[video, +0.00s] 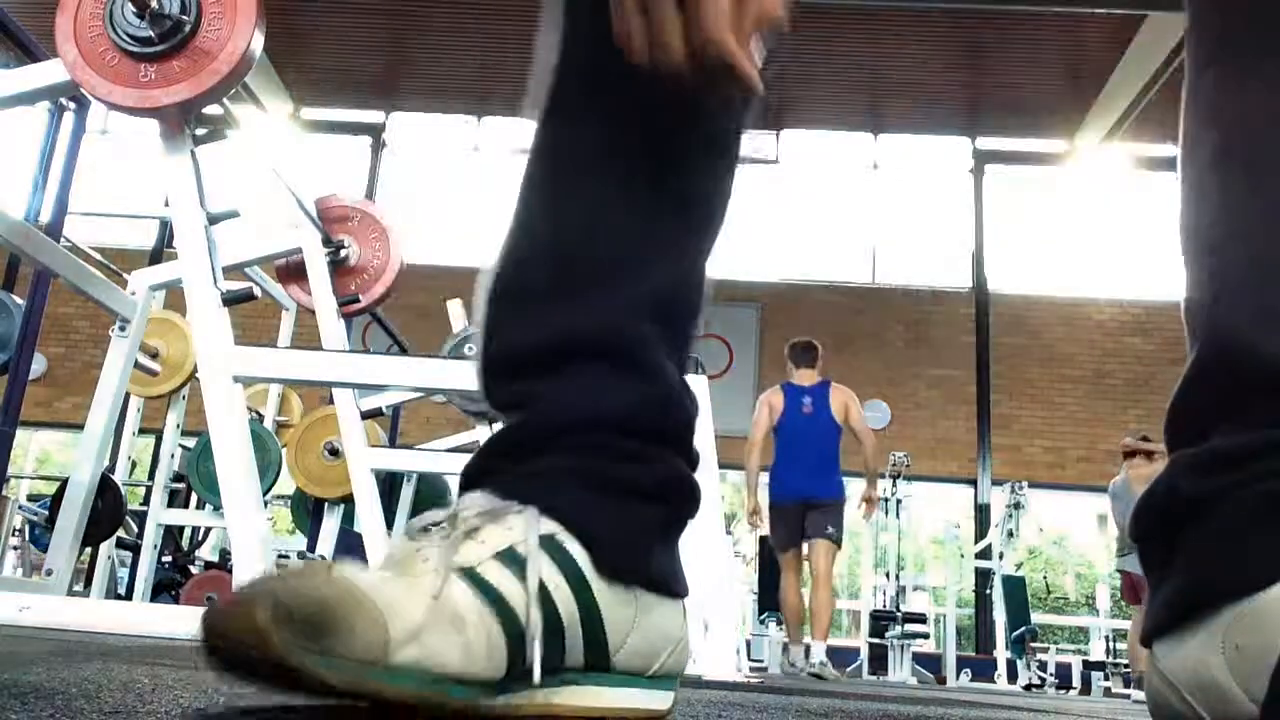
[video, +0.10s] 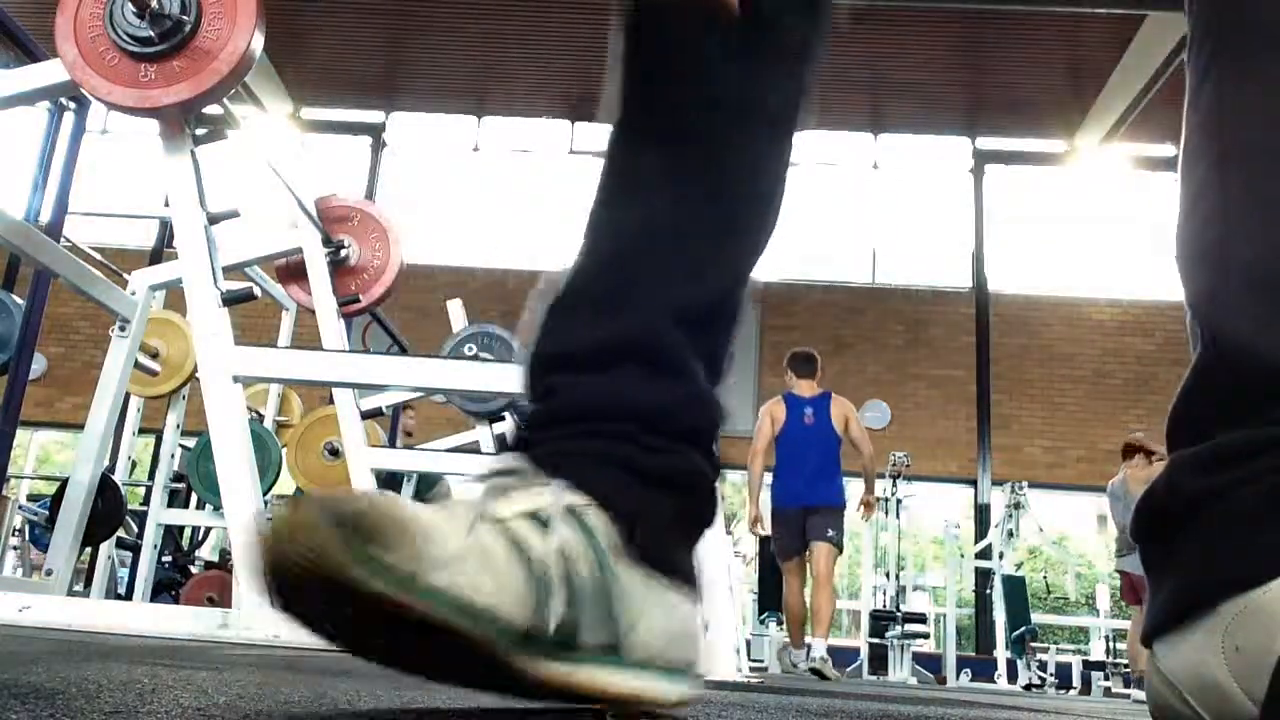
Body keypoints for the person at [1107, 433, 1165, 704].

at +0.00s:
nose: (1155, 460)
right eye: (1153, 455)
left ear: (1124, 455)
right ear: (1148, 453)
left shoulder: (1115, 484)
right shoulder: (1155, 474)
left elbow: (1118, 523)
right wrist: (1164, 457)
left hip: (1125, 555)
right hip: (1147, 554)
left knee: (1138, 615)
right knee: (1150, 613)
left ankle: (1136, 673)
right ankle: (1146, 672)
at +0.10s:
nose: (1153, 460)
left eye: (1152, 457)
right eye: (1152, 456)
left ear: (1125, 455)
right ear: (1144, 453)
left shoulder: (1112, 484)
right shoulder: (1147, 473)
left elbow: (1117, 522)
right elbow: (1172, 465)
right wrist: (1160, 456)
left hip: (1122, 555)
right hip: (1143, 553)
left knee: (1137, 615)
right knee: (1149, 613)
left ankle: (1135, 671)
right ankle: (1144, 672)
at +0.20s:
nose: (1146, 466)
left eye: (1147, 462)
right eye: (1146, 462)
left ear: (1123, 458)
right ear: (1139, 458)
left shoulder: (1110, 485)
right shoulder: (1142, 479)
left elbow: (1114, 519)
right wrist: (1157, 471)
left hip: (1121, 554)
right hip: (1140, 552)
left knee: (1136, 614)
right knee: (1147, 611)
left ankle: (1135, 671)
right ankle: (1144, 669)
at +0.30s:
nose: (1147, 468)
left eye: (1148, 465)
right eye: (1147, 464)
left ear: (1125, 460)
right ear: (1139, 460)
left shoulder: (1109, 486)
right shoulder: (1142, 482)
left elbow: (1111, 523)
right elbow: (1151, 515)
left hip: (1121, 556)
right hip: (1140, 555)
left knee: (1135, 614)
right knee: (1147, 613)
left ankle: (1135, 673)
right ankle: (1143, 672)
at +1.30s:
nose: (1170, 476)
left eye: (1173, 471)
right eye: (1170, 470)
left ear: (1164, 466)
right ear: (1162, 463)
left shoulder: (1145, 486)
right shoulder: (1149, 487)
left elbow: (1148, 528)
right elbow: (1147, 527)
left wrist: (1155, 559)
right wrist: (1155, 560)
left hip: (1137, 562)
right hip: (1143, 562)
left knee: (1135, 625)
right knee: (1157, 621)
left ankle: (1131, 684)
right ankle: (1162, 684)